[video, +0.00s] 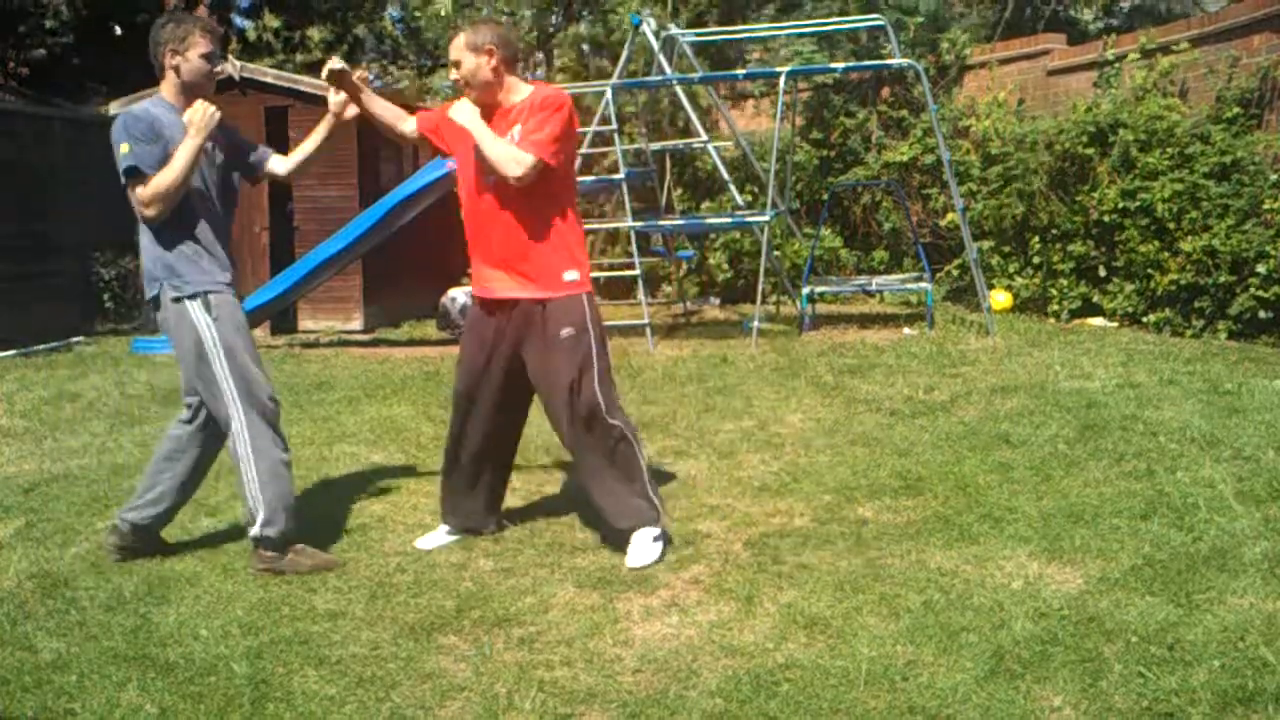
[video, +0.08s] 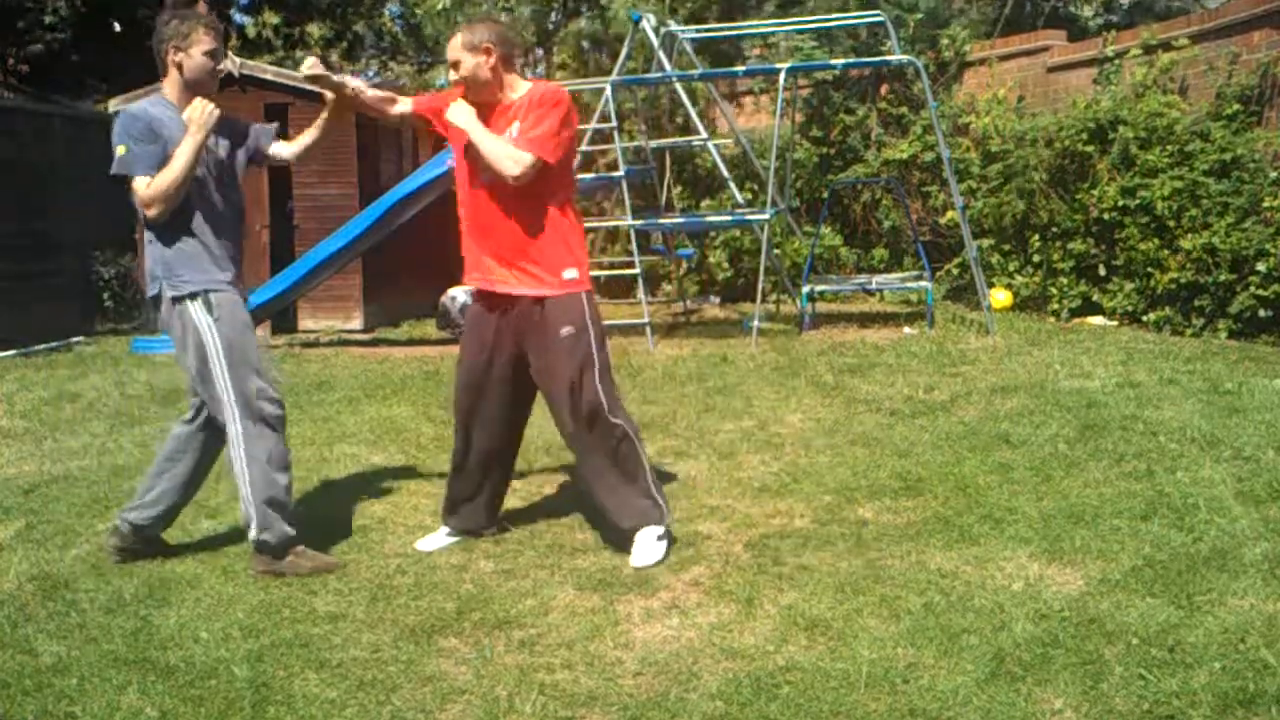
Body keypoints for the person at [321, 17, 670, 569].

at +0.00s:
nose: (455, 78)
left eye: (460, 68)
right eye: (452, 69)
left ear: (493, 61)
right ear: (479, 64)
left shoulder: (549, 103)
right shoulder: (466, 112)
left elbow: (519, 168)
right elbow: (408, 127)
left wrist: (471, 121)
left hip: (556, 290)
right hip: (492, 293)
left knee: (587, 409)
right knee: (477, 408)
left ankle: (642, 522)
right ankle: (469, 517)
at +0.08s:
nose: (452, 78)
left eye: (457, 67)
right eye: (450, 68)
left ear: (490, 59)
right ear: (477, 62)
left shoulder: (549, 101)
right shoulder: (459, 101)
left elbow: (516, 167)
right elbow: (394, 105)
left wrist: (464, 118)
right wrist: (337, 82)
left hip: (555, 287)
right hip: (490, 290)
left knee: (589, 409)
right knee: (478, 409)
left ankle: (645, 520)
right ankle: (468, 518)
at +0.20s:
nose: (470, 84)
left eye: (475, 72)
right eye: (466, 74)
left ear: (511, 65)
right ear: (489, 70)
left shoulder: (565, 113)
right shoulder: (473, 119)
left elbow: (543, 191)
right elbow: (430, 176)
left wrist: (490, 140)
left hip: (559, 298)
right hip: (488, 299)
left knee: (592, 410)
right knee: (468, 407)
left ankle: (658, 521)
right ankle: (468, 519)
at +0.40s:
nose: (490, 86)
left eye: (494, 76)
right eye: (486, 77)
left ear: (525, 64)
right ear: (514, 66)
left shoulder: (579, 109)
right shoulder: (511, 112)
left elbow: (531, 173)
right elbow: (472, 178)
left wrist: (487, 121)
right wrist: (459, 127)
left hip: (570, 288)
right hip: (511, 287)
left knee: (600, 409)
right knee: (473, 397)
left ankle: (658, 517)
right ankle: (462, 515)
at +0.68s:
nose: (475, 101)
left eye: (480, 92)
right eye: (474, 93)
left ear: (511, 86)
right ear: (503, 87)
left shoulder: (566, 131)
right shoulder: (500, 136)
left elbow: (529, 200)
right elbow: (458, 189)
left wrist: (484, 145)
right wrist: (439, 139)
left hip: (567, 304)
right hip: (510, 301)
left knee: (593, 428)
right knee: (464, 408)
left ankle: (658, 523)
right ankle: (439, 514)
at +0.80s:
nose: (440, 89)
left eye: (445, 79)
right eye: (438, 81)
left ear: (476, 72)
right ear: (466, 74)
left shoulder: (538, 114)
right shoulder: (452, 121)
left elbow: (539, 191)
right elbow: (399, 155)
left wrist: (488, 143)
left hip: (532, 290)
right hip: (473, 292)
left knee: (568, 409)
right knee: (438, 401)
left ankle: (640, 513)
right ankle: (435, 512)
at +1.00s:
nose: (407, 85)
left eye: (412, 75)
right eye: (405, 78)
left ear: (444, 68)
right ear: (435, 71)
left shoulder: (499, 111)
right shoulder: (424, 118)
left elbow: (479, 180)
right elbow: (370, 150)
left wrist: (438, 133)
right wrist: (319, 143)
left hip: (495, 283)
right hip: (444, 284)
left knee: (507, 401)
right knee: (422, 398)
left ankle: (568, 517)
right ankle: (434, 511)